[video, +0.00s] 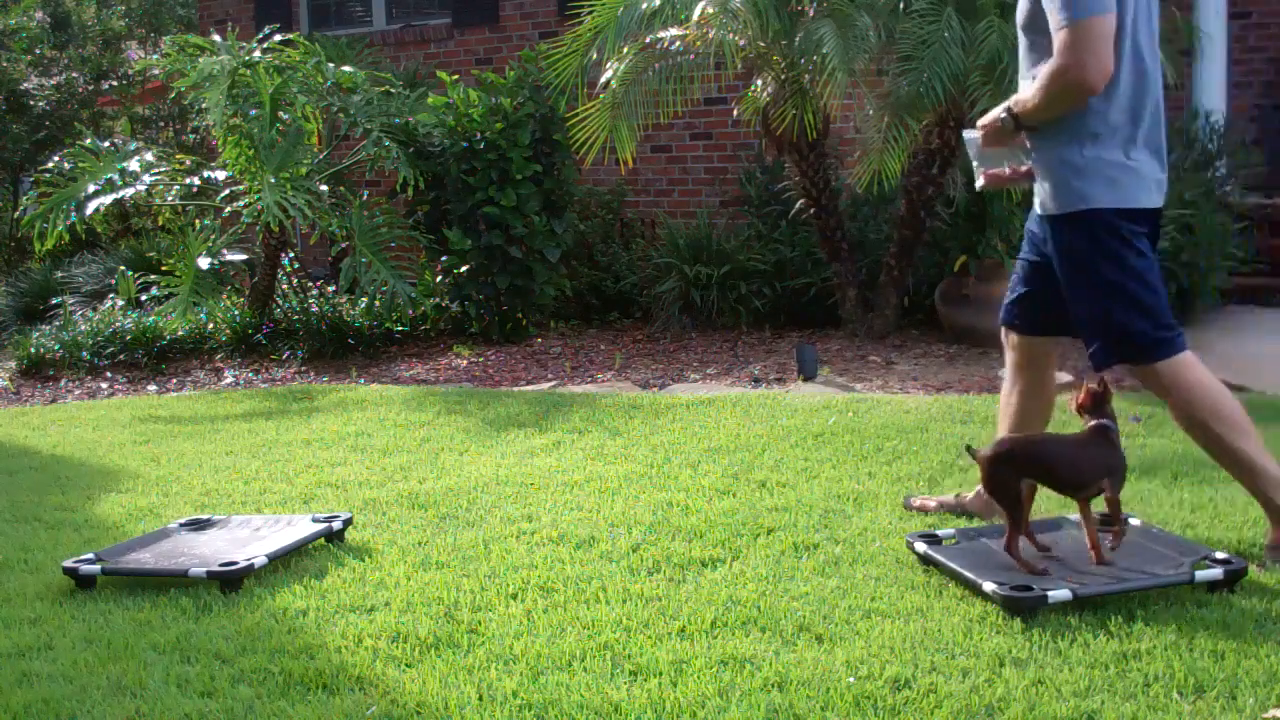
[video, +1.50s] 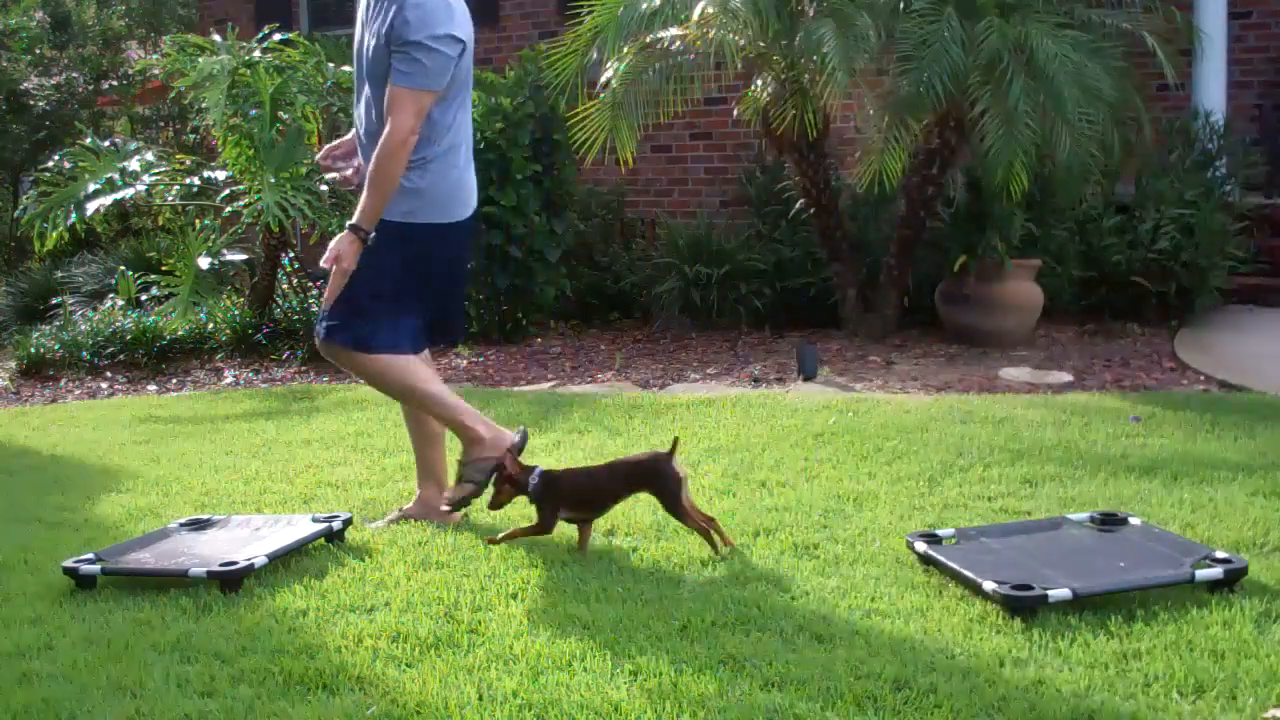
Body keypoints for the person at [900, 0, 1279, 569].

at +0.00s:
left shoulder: (1083, 0)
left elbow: (1083, 68)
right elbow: (1113, 84)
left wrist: (1011, 114)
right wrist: (1040, 156)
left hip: (1094, 186)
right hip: (1073, 184)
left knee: (1160, 359)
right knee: (1026, 332)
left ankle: (1278, 504)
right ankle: (1001, 494)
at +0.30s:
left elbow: (967, 58)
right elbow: (933, 62)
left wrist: (877, 101)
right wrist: (869, 116)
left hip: (933, 172)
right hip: (970, 170)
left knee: (837, 314)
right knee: (953, 334)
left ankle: (988, 416)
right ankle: (984, 479)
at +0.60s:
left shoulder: (799, 2)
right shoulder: (809, 4)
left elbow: (814, 98)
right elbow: (796, 94)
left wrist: (731, 132)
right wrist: (727, 130)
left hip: (782, 203)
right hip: (826, 199)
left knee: (711, 355)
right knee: (874, 341)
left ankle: (671, 520)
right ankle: (967, 478)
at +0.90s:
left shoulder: (643, 3)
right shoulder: (626, 6)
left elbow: (645, 98)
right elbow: (629, 93)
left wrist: (574, 120)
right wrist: (568, 138)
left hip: (651, 193)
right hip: (633, 190)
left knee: (630, 352)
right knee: (579, 311)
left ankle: (660, 521)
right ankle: (713, 420)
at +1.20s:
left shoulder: (537, 5)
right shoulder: (488, 5)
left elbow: (544, 120)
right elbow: (515, 101)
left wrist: (459, 184)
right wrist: (468, 131)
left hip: (542, 204)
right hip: (504, 203)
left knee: (579, 357)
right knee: (477, 343)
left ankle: (656, 515)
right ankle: (449, 496)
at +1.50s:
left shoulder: (428, 14)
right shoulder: (382, 4)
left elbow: (402, 131)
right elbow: (396, 95)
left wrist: (358, 229)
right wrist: (363, 137)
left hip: (419, 206)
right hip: (406, 199)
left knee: (342, 337)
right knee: (408, 345)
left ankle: (486, 437)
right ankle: (432, 498)